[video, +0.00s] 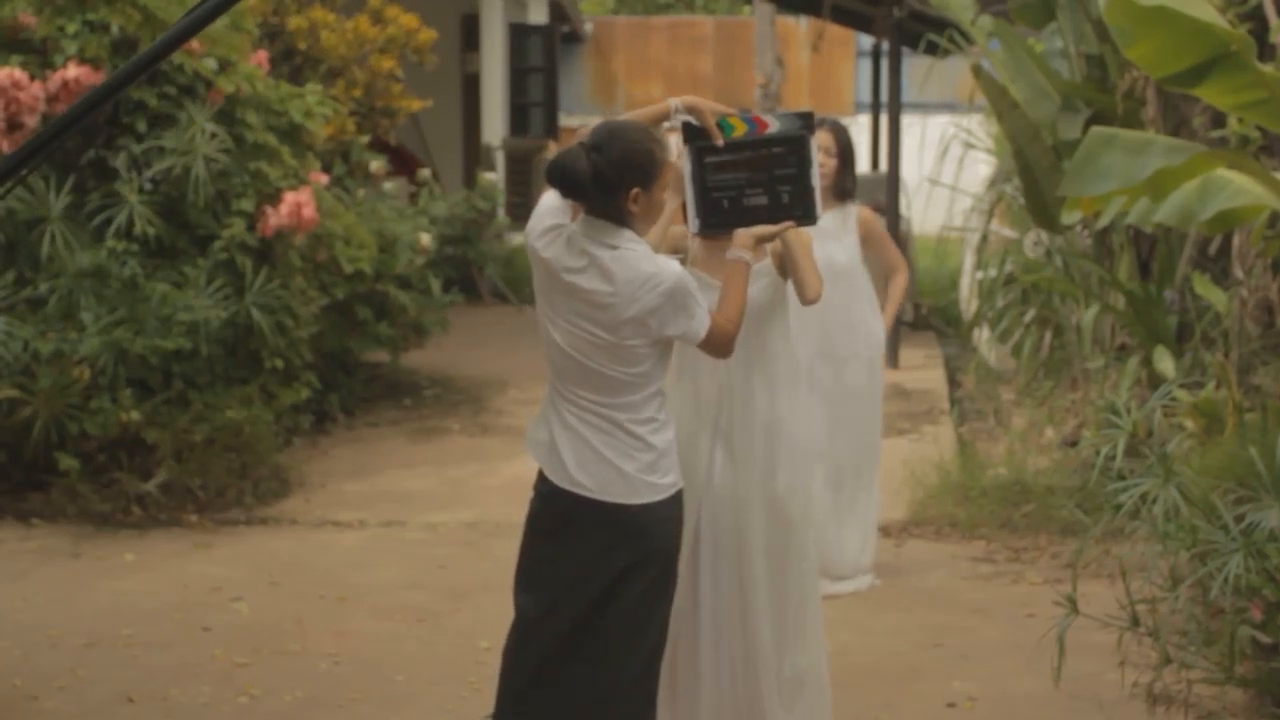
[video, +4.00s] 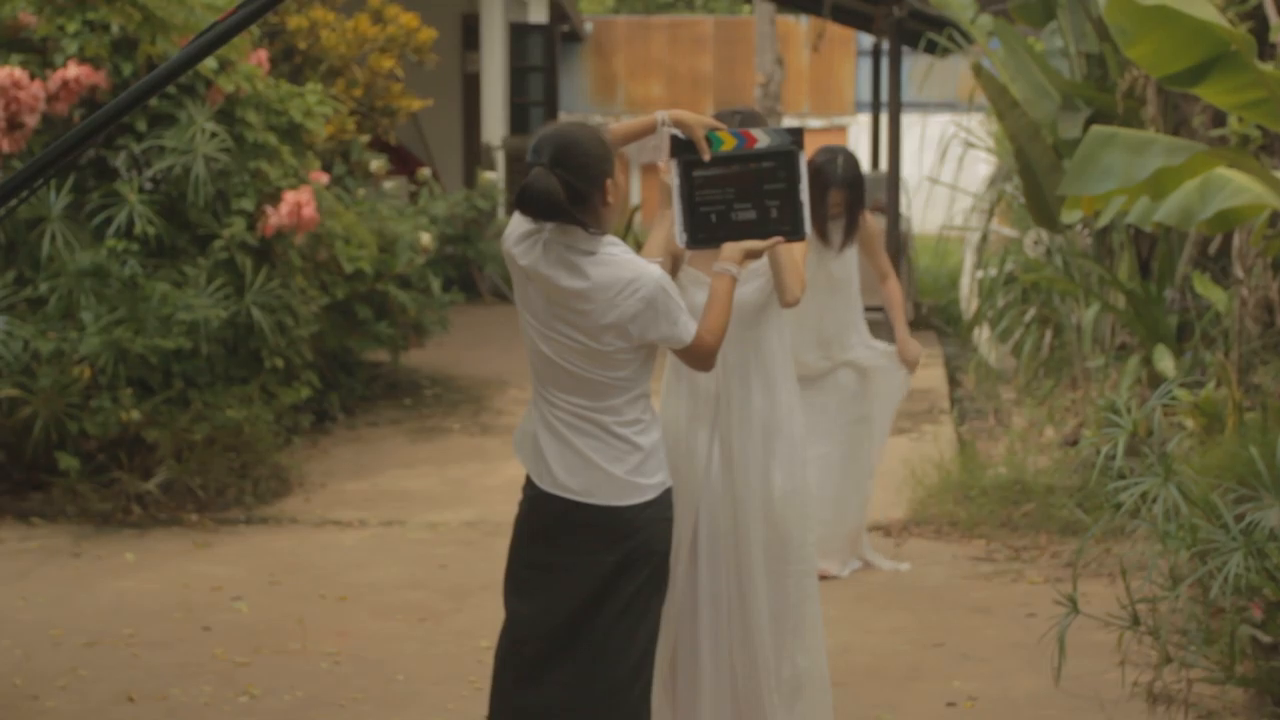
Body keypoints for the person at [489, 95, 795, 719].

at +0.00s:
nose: (670, 194)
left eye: (670, 182)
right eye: (665, 185)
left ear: (592, 191)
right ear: (634, 198)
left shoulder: (549, 233)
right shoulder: (654, 278)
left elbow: (579, 151)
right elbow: (721, 336)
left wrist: (662, 112)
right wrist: (740, 250)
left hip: (562, 480)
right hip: (640, 491)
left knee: (537, 651)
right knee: (624, 666)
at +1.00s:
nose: (661, 185)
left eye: (658, 174)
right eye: (652, 179)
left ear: (584, 195)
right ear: (622, 202)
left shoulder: (539, 239)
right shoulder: (646, 281)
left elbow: (573, 139)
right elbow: (709, 348)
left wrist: (672, 114)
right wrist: (737, 263)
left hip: (559, 485)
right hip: (637, 495)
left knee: (535, 650)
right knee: (623, 664)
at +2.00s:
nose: (636, 185)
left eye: (631, 175)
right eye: (632, 177)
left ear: (557, 182)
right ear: (621, 197)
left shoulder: (530, 241)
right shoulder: (639, 280)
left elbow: (567, 152)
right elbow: (703, 350)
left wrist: (663, 116)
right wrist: (730, 264)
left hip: (553, 489)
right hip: (632, 496)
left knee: (529, 651)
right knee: (619, 662)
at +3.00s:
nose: (627, 180)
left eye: (623, 170)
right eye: (622, 172)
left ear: (546, 181)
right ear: (612, 189)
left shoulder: (525, 244)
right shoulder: (638, 280)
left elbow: (556, 158)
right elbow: (701, 352)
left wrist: (656, 119)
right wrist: (726, 266)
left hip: (552, 488)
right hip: (631, 496)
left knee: (528, 650)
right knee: (618, 661)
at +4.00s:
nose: (625, 181)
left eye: (619, 170)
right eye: (620, 172)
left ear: (548, 181)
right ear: (608, 188)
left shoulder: (523, 243)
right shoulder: (635, 281)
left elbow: (563, 155)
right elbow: (701, 352)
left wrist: (659, 121)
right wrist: (727, 266)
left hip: (551, 488)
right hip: (629, 496)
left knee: (526, 654)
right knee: (618, 666)